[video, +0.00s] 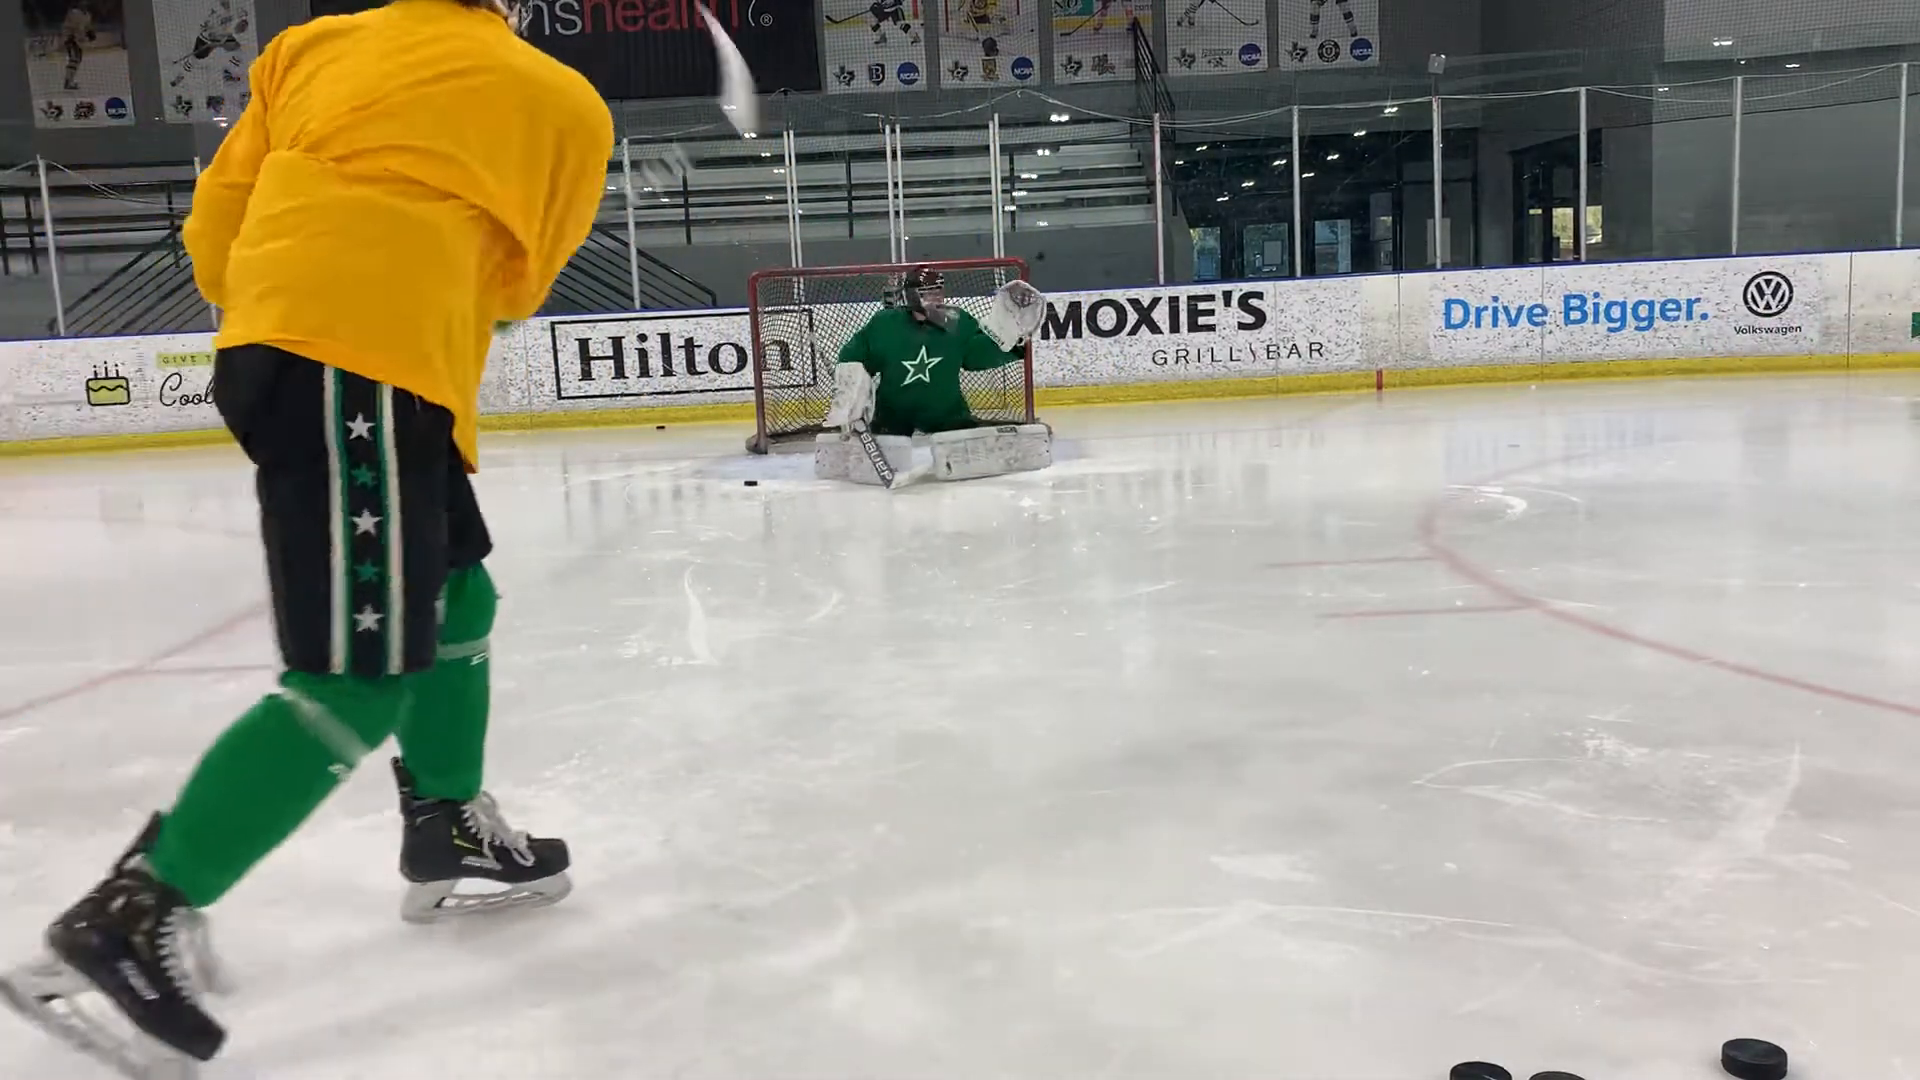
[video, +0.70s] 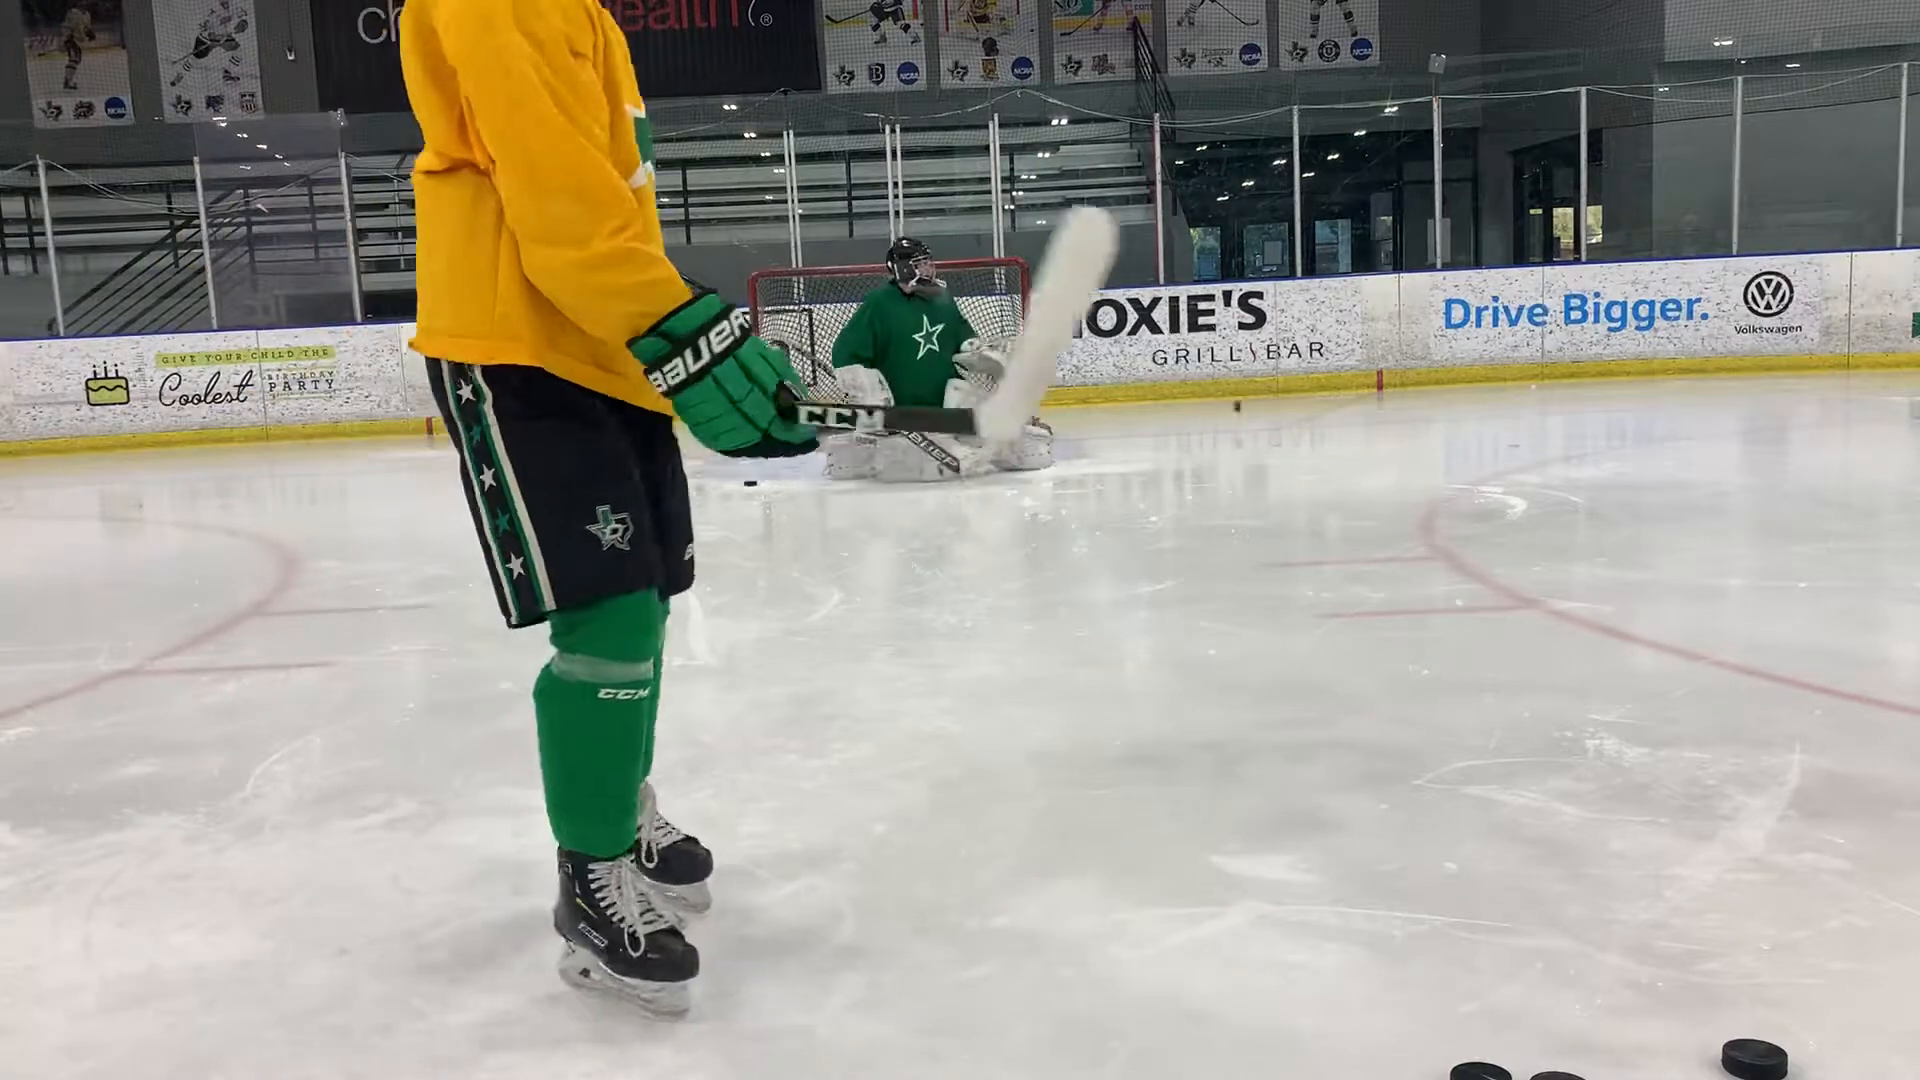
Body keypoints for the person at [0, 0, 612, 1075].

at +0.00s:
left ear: (401, 5)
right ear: (502, 14)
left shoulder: (312, 48)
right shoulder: (567, 97)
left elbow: (211, 219)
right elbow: (521, 282)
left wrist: (274, 329)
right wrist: (400, 311)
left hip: (269, 345)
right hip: (379, 357)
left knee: (456, 595)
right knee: (357, 681)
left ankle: (447, 825)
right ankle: (133, 913)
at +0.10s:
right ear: (520, 6)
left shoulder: (335, 40)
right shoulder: (565, 65)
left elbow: (243, 226)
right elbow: (584, 275)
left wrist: (315, 317)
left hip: (307, 345)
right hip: (407, 351)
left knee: (495, 583)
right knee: (454, 659)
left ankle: (476, 811)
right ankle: (249, 891)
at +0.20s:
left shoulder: (365, 29)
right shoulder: (574, 47)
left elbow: (291, 219)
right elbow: (599, 245)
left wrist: (365, 311)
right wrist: (647, 382)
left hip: (349, 338)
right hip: (441, 342)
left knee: (481, 606)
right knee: (521, 636)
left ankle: (480, 812)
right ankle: (349, 891)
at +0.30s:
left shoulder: (402, 22)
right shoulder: (569, 30)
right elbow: (588, 238)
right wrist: (651, 381)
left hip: (392, 326)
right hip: (462, 331)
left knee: (504, 606)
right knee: (559, 619)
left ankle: (483, 826)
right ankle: (445, 897)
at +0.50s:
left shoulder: (563, 15)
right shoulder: (538, 10)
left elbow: (579, 201)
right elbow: (575, 201)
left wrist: (693, 348)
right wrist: (685, 355)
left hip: (520, 324)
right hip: (485, 327)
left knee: (577, 610)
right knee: (580, 620)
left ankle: (538, 827)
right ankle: (518, 896)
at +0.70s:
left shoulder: (567, 14)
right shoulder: (492, 8)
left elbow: (586, 187)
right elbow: (553, 193)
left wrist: (692, 341)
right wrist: (682, 338)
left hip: (586, 329)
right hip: (515, 330)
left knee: (642, 592)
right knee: (606, 605)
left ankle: (625, 829)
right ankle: (596, 891)